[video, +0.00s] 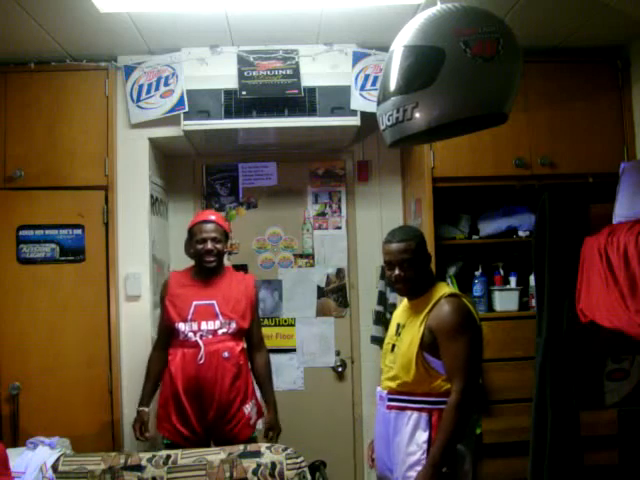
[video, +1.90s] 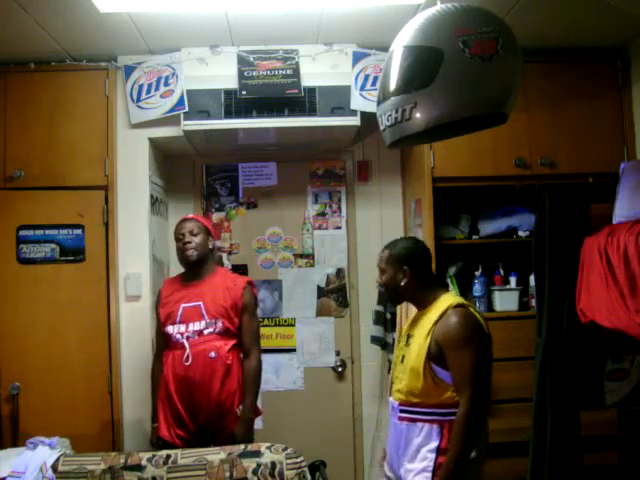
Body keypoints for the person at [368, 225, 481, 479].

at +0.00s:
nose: (397, 274)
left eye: (405, 265)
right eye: (389, 266)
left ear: (426, 262)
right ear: (383, 268)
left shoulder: (449, 312)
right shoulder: (405, 305)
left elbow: (462, 391)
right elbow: (402, 381)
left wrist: (433, 465)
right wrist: (381, 438)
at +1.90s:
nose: (378, 281)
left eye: (383, 272)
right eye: (379, 272)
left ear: (405, 274)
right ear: (404, 274)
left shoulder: (457, 322)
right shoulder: (422, 315)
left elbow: (471, 401)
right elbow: (410, 390)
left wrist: (449, 469)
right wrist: (392, 445)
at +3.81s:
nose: (405, 269)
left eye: (415, 262)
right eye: (400, 262)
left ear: (436, 267)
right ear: (394, 267)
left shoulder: (460, 321)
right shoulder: (410, 315)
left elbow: (480, 400)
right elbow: (407, 389)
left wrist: (455, 469)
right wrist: (380, 440)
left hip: (436, 442)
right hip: (397, 440)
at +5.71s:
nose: (407, 269)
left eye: (415, 260)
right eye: (398, 262)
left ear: (430, 264)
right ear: (389, 270)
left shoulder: (456, 319)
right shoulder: (397, 314)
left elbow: (478, 396)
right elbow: (394, 388)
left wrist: (459, 469)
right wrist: (375, 441)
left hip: (434, 434)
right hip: (391, 430)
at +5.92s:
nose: (404, 275)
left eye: (413, 267)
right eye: (395, 269)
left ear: (428, 271)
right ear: (386, 275)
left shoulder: (455, 323)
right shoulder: (401, 320)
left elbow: (481, 398)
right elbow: (395, 392)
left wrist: (457, 468)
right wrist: (371, 440)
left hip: (434, 447)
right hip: (391, 445)